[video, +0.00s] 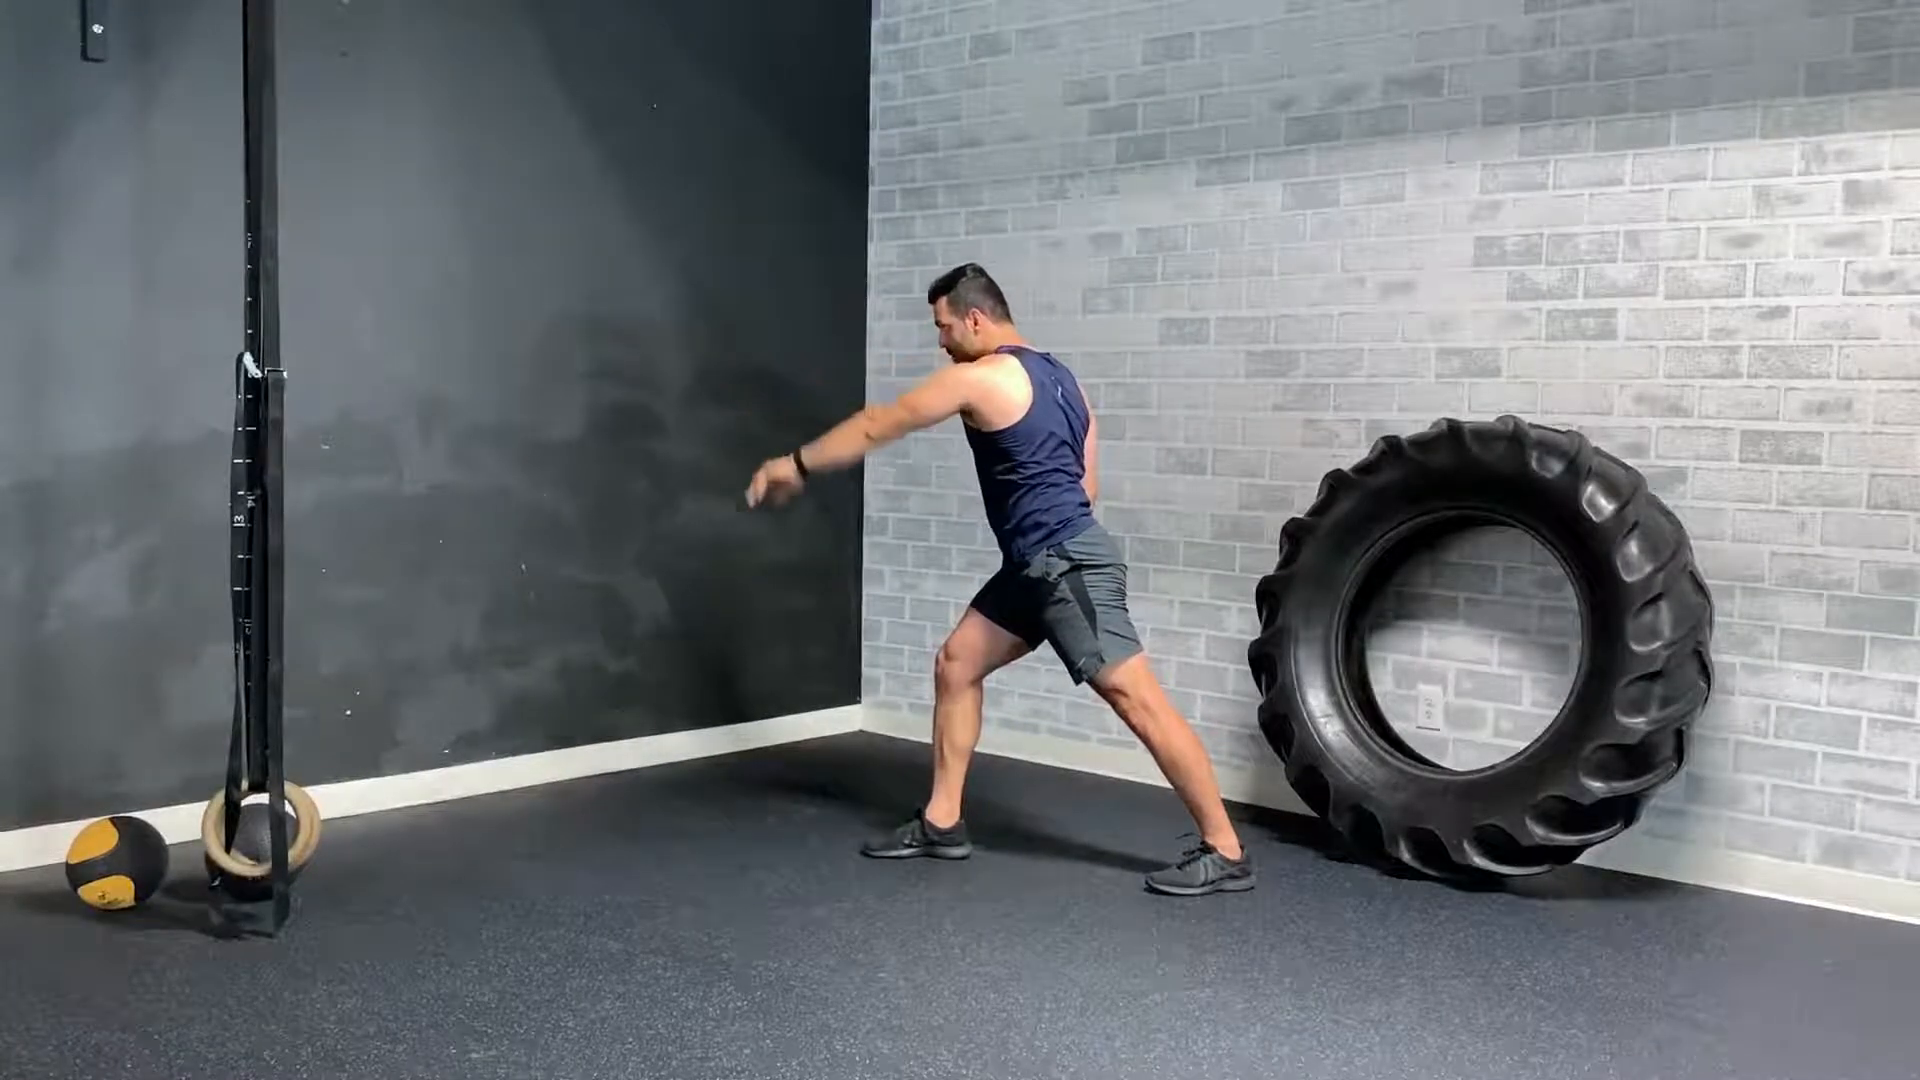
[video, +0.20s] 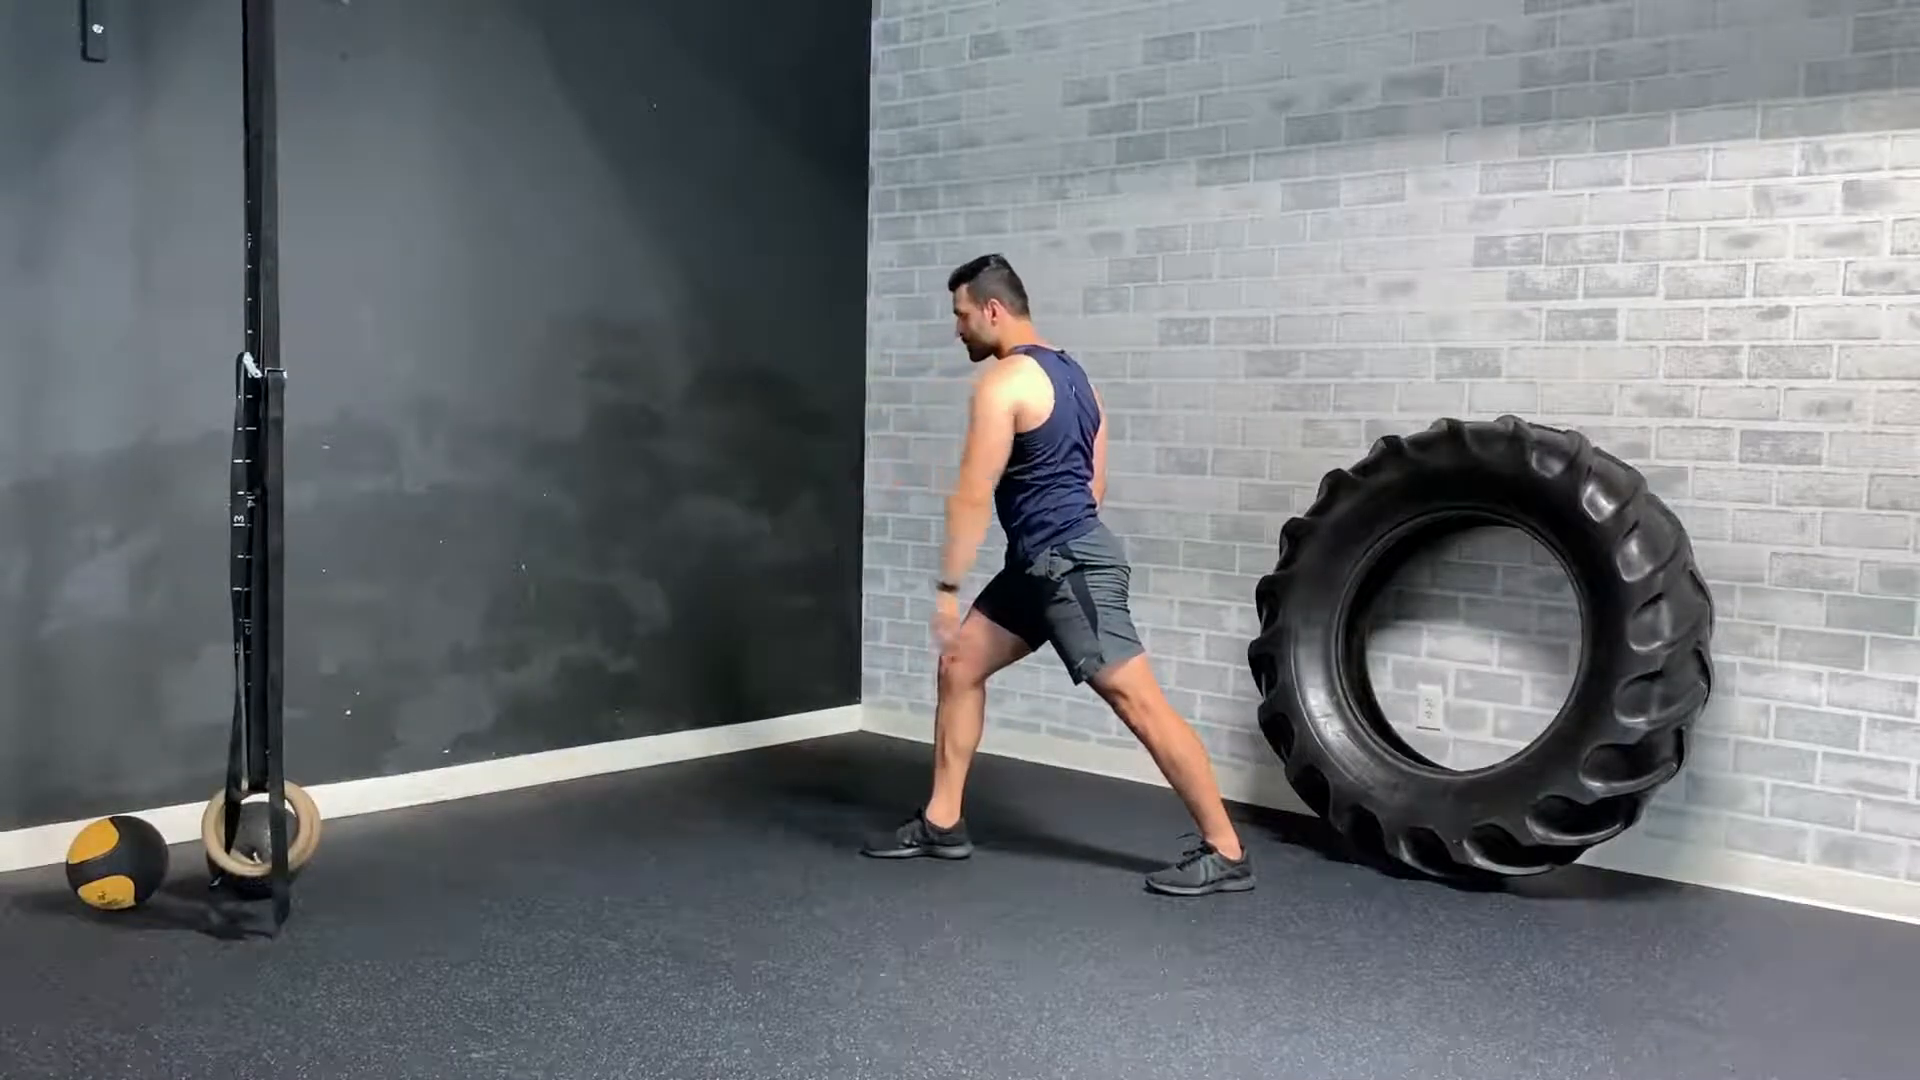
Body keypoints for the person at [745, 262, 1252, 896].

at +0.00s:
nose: (941, 342)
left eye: (943, 327)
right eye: (939, 330)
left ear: (973, 317)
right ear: (992, 315)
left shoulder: (975, 376)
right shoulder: (1060, 378)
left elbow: (877, 426)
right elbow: (1084, 489)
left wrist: (798, 463)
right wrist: (1044, 549)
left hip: (1067, 561)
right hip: (1049, 564)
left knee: (1139, 701)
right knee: (958, 662)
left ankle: (1225, 849)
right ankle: (942, 822)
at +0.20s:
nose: (957, 330)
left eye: (960, 316)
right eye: (955, 317)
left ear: (992, 309)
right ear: (1010, 310)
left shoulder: (1001, 381)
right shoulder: (1071, 375)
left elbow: (973, 496)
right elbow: (1091, 488)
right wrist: (1044, 547)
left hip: (1071, 561)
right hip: (1051, 563)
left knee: (1138, 702)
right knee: (960, 665)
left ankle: (1225, 848)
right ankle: (941, 824)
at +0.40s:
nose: (968, 318)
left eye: (973, 304)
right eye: (967, 306)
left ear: (1008, 300)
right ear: (1017, 301)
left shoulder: (1041, 374)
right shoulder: (1055, 362)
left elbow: (1076, 474)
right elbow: (1085, 470)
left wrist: (1079, 575)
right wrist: (1044, 564)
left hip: (1079, 562)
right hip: (1045, 562)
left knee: (1145, 702)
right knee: (969, 669)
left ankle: (1226, 849)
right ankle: (941, 824)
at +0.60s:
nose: (976, 318)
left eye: (981, 304)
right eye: (975, 306)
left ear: (1017, 298)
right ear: (1022, 300)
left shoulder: (1065, 375)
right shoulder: (1046, 370)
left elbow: (1093, 480)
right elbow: (1071, 482)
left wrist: (1081, 581)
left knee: (1157, 700)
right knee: (969, 669)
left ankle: (1226, 850)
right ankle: (941, 825)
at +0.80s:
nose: (962, 321)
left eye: (966, 307)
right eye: (959, 309)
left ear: (1001, 302)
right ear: (1008, 303)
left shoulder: (1040, 380)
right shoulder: (1037, 370)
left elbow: (1054, 489)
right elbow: (1041, 490)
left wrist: (1019, 583)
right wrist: (1002, 560)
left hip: (1080, 557)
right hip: (1046, 558)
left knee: (1150, 696)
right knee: (955, 669)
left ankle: (1226, 849)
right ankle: (942, 826)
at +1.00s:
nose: (913, 318)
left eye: (919, 305)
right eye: (912, 306)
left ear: (955, 303)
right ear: (963, 305)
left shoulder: (974, 378)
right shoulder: (1002, 363)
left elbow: (978, 491)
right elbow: (1008, 483)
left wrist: (946, 580)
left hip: (1025, 558)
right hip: (1001, 561)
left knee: (1094, 696)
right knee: (915, 671)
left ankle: (1205, 829)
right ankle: (939, 827)